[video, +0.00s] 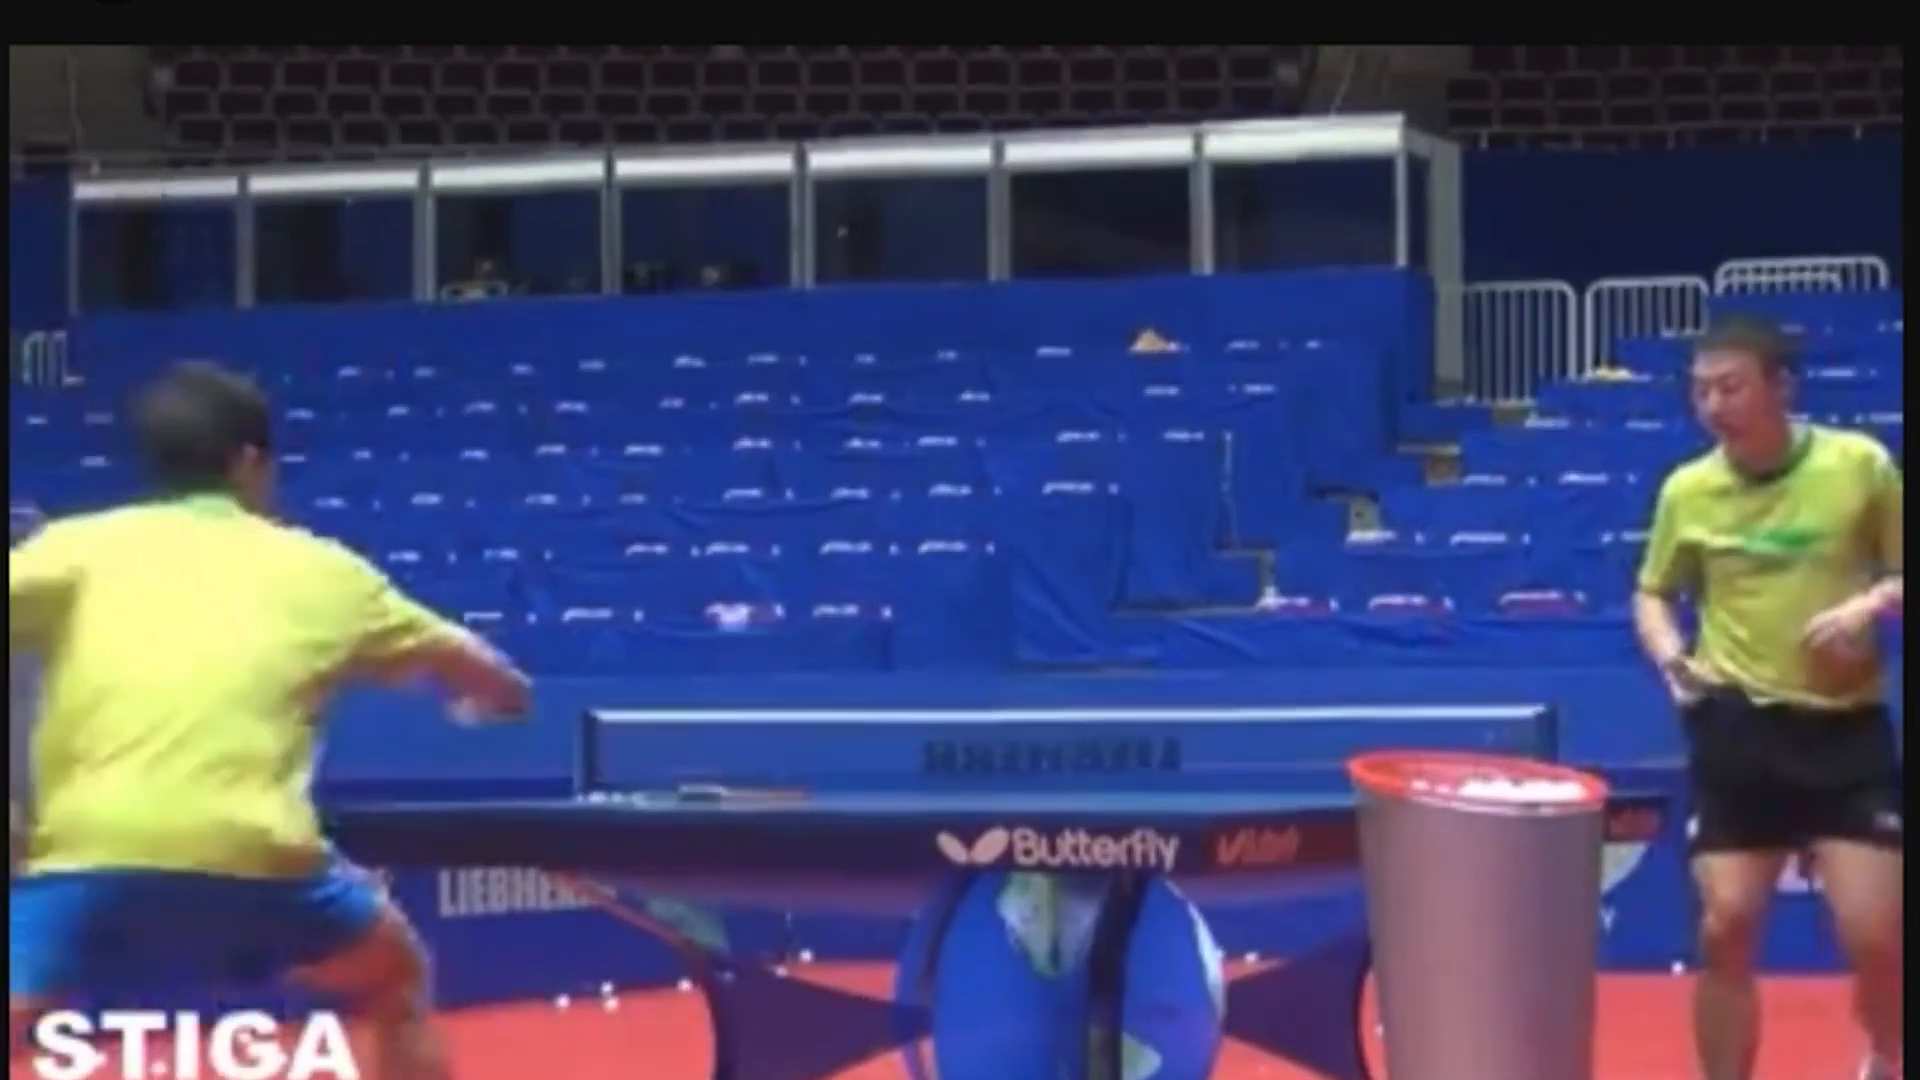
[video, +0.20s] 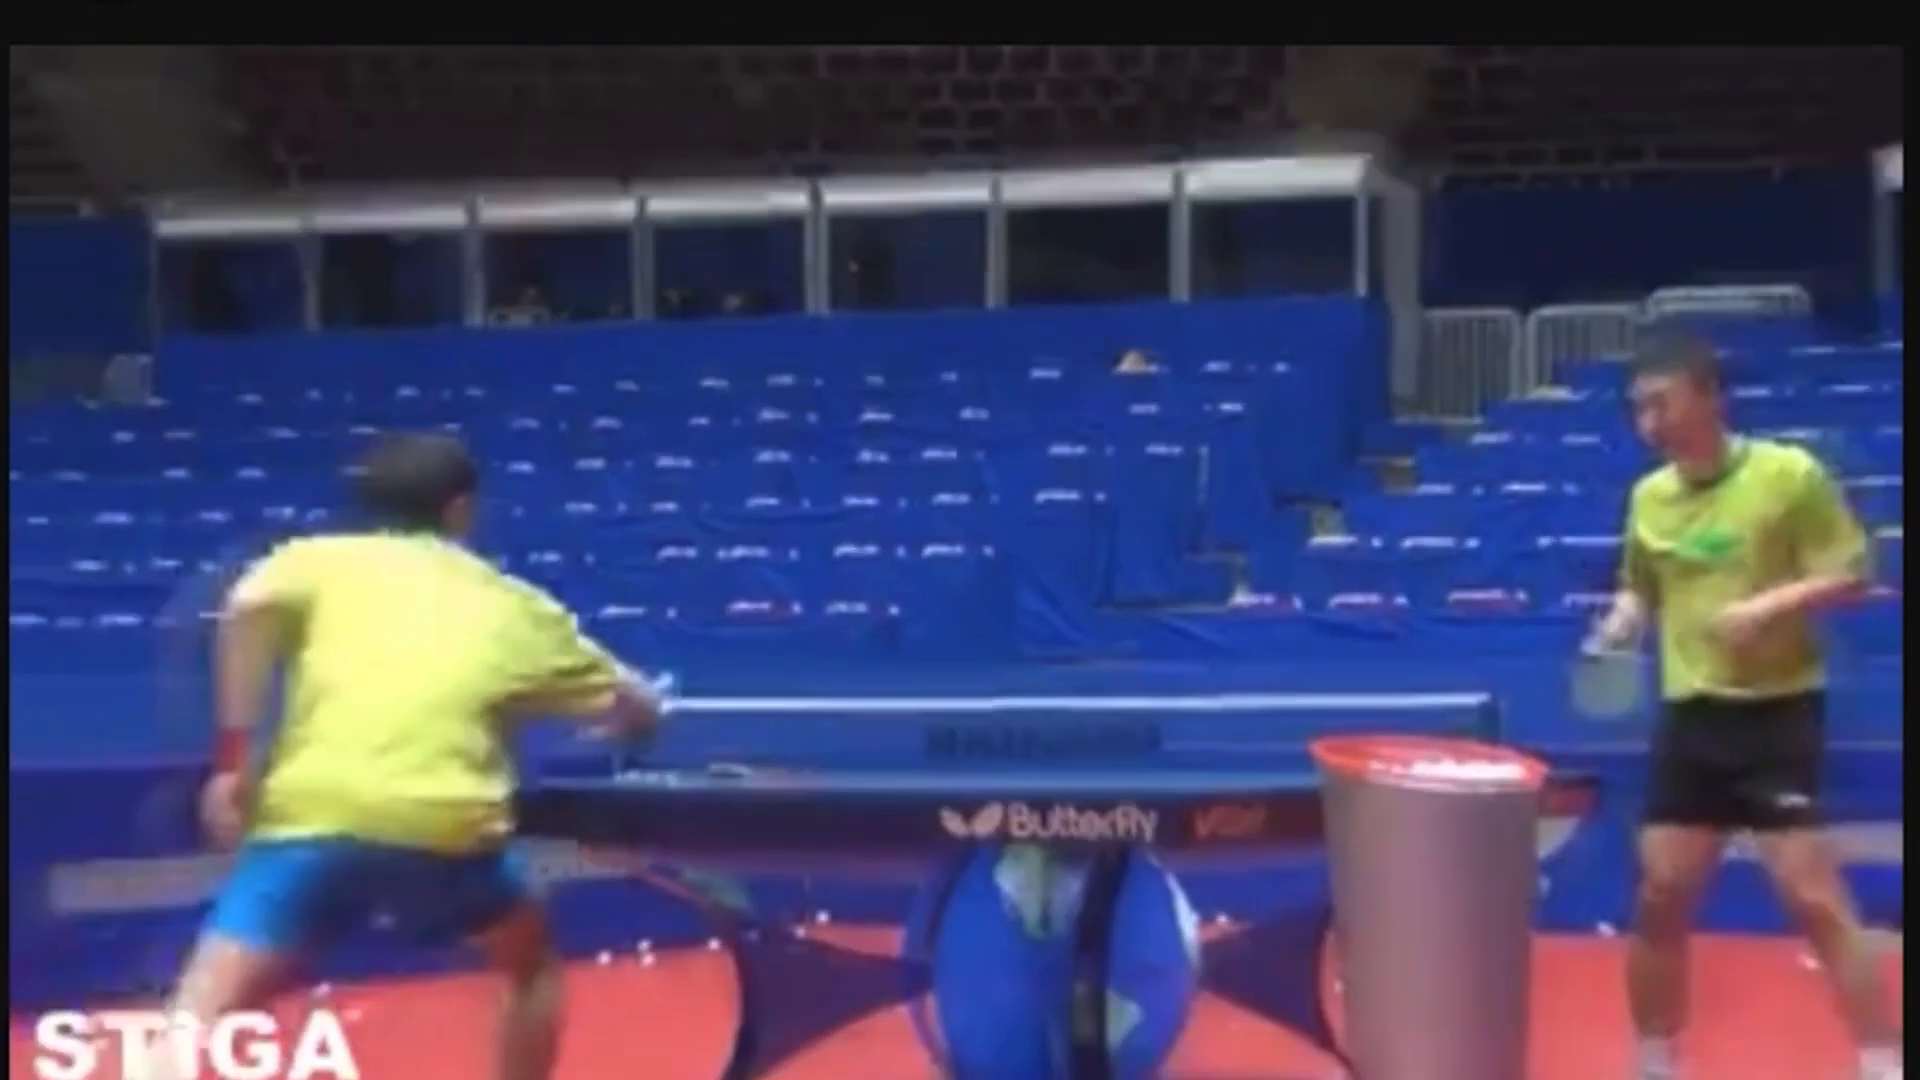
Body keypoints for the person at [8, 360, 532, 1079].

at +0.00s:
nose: (274, 476)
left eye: (271, 458)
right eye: (270, 459)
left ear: (156, 462)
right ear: (247, 465)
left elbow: (13, 591)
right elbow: (473, 665)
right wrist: (502, 697)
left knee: (20, 1034)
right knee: (397, 991)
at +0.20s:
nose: (474, 512)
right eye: (470, 499)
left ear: (375, 499)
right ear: (456, 508)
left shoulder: (318, 557)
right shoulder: (511, 604)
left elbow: (247, 610)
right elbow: (632, 705)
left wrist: (233, 764)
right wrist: (631, 727)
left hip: (313, 821)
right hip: (450, 830)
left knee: (200, 1007)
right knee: (533, 973)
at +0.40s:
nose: (582, 483)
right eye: (580, 475)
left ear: (493, 477)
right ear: (569, 482)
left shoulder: (447, 518)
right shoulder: (603, 569)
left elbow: (364, 555)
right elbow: (705, 666)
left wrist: (339, 677)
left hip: (405, 744)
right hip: (522, 759)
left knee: (329, 923)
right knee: (580, 921)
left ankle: (276, 1060)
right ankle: (562, 1069)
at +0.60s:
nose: (571, 459)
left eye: (567, 446)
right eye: (569, 448)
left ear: (479, 446)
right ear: (556, 453)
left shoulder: (430, 490)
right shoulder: (589, 537)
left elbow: (343, 530)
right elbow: (696, 651)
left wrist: (320, 656)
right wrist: (696, 673)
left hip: (387, 718)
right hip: (503, 735)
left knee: (315, 908)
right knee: (553, 917)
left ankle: (271, 1062)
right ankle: (557, 1069)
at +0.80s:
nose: (495, 420)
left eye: (492, 409)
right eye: (493, 409)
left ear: (405, 411)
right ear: (479, 414)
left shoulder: (347, 479)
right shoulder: (520, 500)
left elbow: (262, 551)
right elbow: (601, 618)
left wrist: (264, 681)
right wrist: (634, 661)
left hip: (338, 727)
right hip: (459, 733)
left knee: (293, 923)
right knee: (519, 923)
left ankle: (246, 1063)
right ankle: (548, 1069)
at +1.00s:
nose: (444, 376)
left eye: (439, 362)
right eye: (441, 363)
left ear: (354, 370)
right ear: (424, 369)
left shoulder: (294, 454)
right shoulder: (459, 458)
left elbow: (208, 558)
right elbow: (488, 589)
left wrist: (229, 681)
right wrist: (563, 637)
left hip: (293, 729)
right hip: (412, 729)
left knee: (271, 924)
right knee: (495, 906)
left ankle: (239, 1069)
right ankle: (531, 1067)